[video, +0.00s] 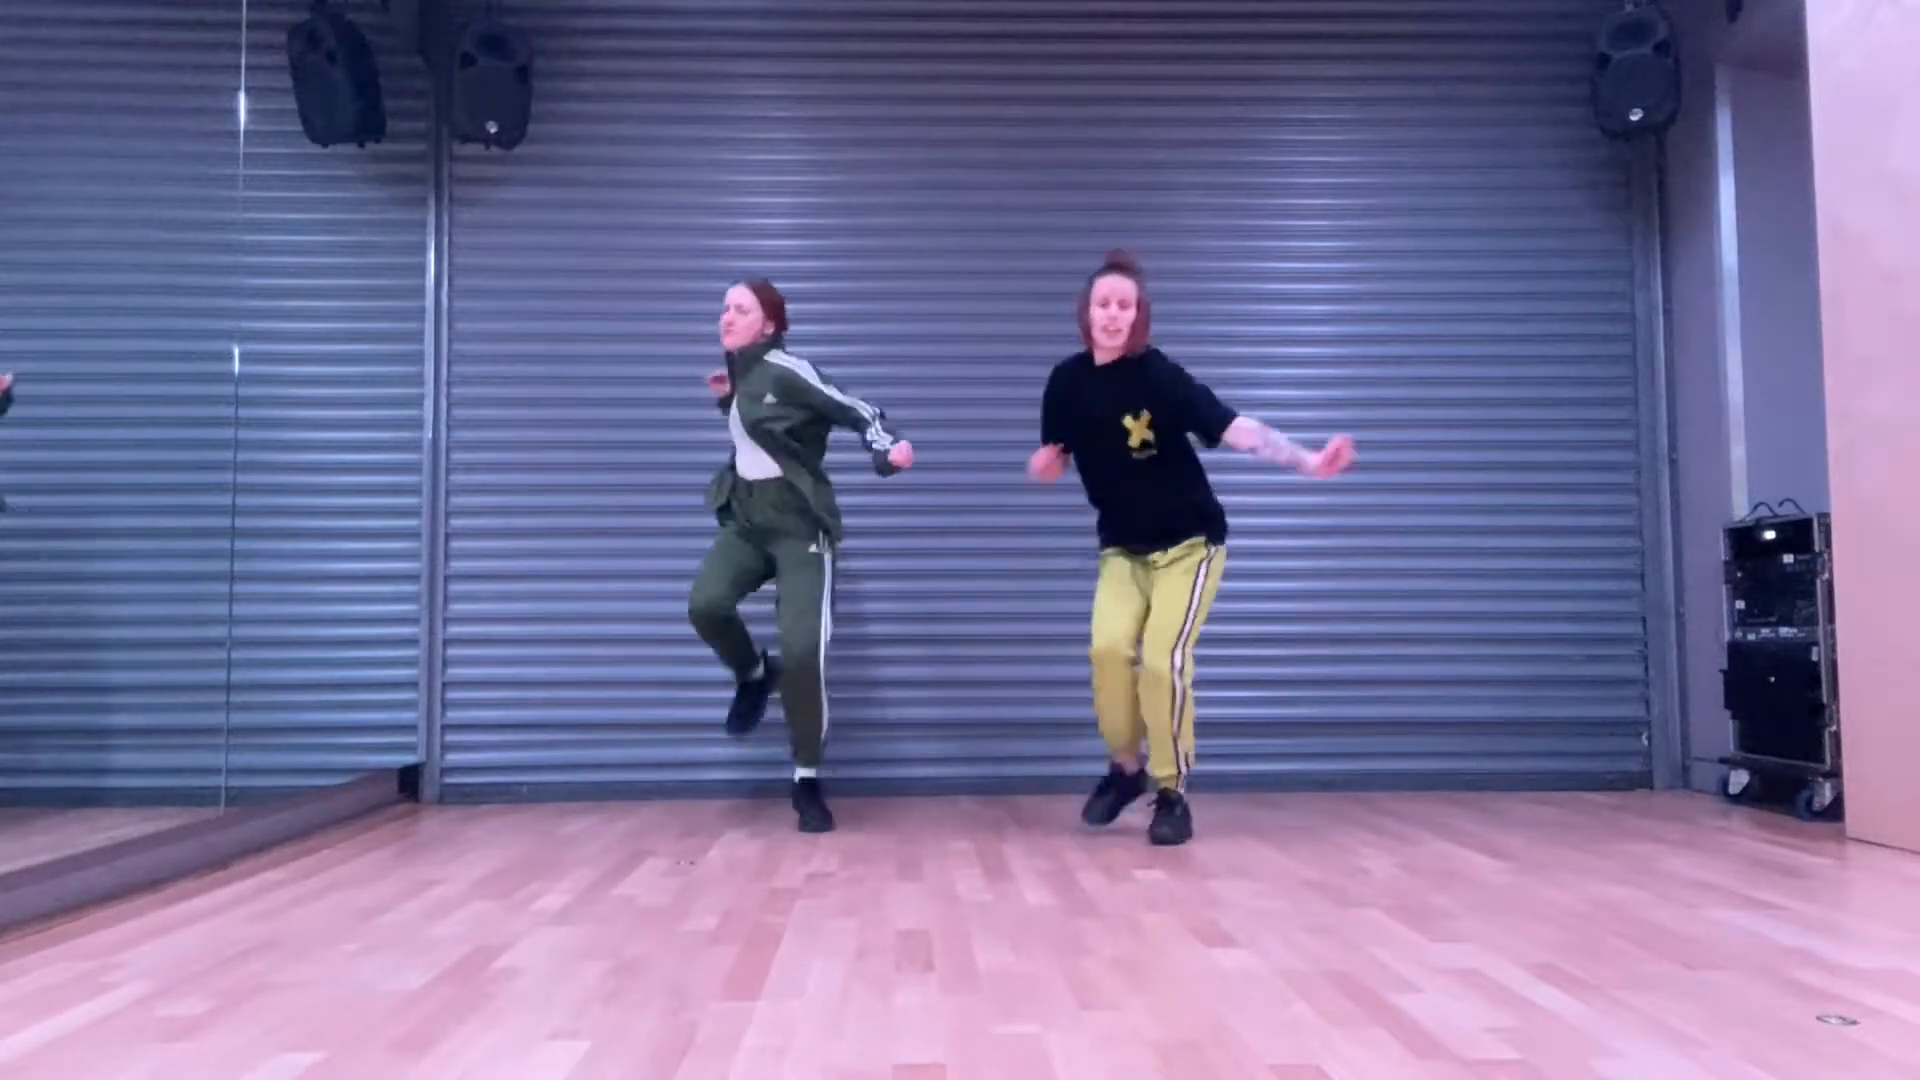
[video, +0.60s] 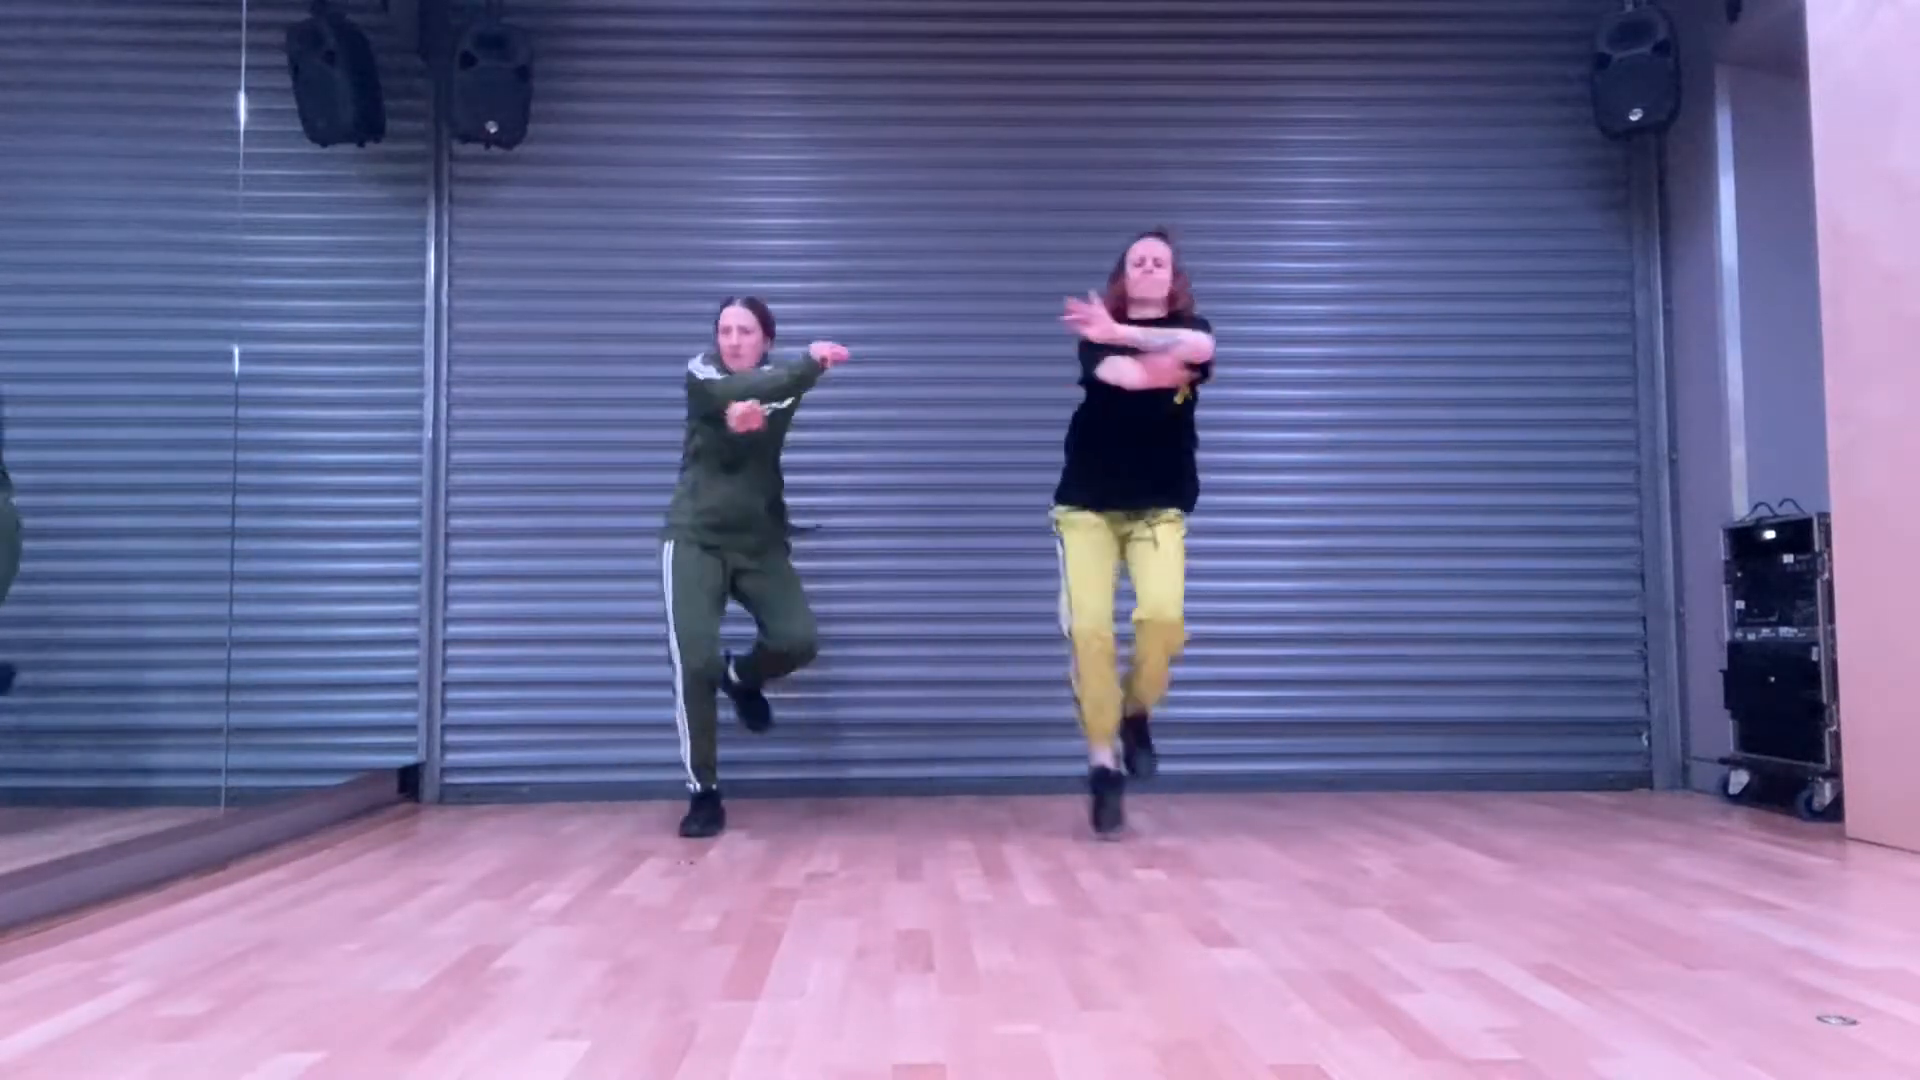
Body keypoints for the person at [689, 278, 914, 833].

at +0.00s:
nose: (725, 319)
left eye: (738, 311)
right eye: (725, 310)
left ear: (769, 325)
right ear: (729, 322)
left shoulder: (786, 372)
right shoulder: (740, 374)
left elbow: (857, 412)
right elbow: (756, 423)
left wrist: (884, 446)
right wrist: (729, 397)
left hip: (799, 525)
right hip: (746, 520)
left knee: (802, 655)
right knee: (706, 607)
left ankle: (806, 778)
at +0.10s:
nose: (768, 318)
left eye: (780, 311)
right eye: (761, 310)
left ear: (798, 328)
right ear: (748, 324)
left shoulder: (822, 384)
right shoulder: (739, 376)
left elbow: (861, 439)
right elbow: (736, 430)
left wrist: (877, 455)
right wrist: (693, 404)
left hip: (803, 524)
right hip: (745, 520)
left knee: (797, 669)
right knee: (691, 596)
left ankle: (814, 787)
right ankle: (755, 597)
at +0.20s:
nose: (805, 309)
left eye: (815, 302)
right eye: (796, 301)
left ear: (831, 317)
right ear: (781, 314)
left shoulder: (846, 384)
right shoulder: (742, 367)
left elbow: (861, 467)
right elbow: (668, 414)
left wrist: (865, 438)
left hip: (808, 521)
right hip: (740, 513)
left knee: (803, 661)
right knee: (666, 615)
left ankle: (815, 786)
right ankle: (704, 655)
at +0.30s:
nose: (799, 324)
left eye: (810, 316)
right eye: (791, 316)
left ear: (829, 328)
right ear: (779, 325)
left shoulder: (841, 396)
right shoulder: (750, 366)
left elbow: (863, 467)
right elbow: (678, 382)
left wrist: (825, 423)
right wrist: (606, 381)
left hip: (812, 521)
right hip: (751, 508)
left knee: (800, 664)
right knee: (680, 636)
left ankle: (808, 789)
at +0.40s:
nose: (774, 320)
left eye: (784, 311)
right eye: (767, 313)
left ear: (807, 322)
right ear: (759, 323)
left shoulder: (831, 381)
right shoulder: (745, 372)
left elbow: (824, 442)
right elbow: (739, 392)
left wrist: (758, 433)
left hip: (795, 528)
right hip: (735, 521)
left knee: (797, 668)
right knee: (666, 644)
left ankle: (808, 790)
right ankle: (617, 776)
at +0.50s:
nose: (753, 312)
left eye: (765, 304)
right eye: (745, 304)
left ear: (788, 314)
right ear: (735, 313)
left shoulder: (804, 366)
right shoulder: (719, 352)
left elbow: (778, 414)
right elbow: (759, 369)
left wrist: (719, 435)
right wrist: (812, 362)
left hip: (772, 507)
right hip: (709, 505)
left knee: (788, 648)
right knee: (680, 635)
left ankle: (790, 774)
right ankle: (684, 768)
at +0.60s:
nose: (735, 340)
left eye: (745, 331)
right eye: (726, 332)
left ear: (767, 339)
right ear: (715, 338)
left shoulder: (787, 375)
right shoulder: (702, 374)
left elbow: (789, 390)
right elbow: (753, 383)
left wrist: (747, 414)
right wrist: (810, 364)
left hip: (761, 544)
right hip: (696, 541)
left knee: (797, 643)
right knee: (699, 665)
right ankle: (703, 793)